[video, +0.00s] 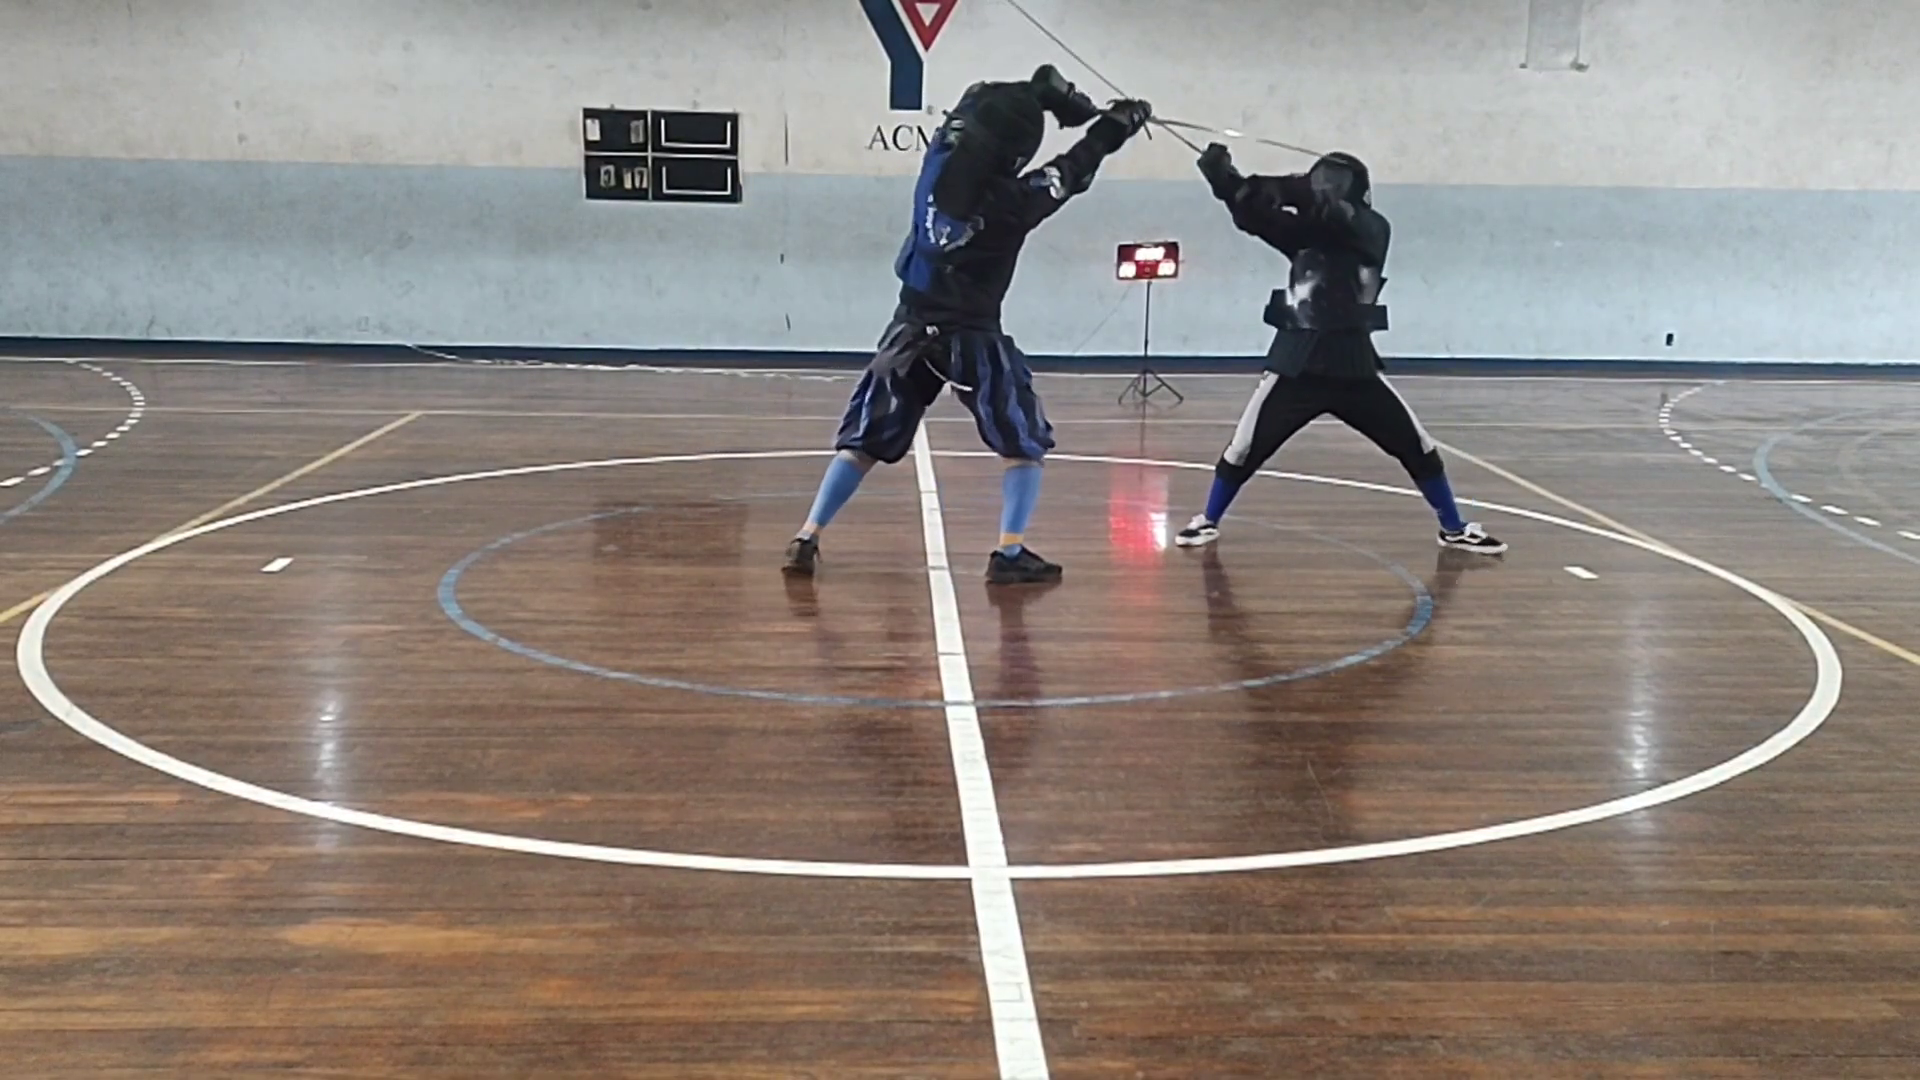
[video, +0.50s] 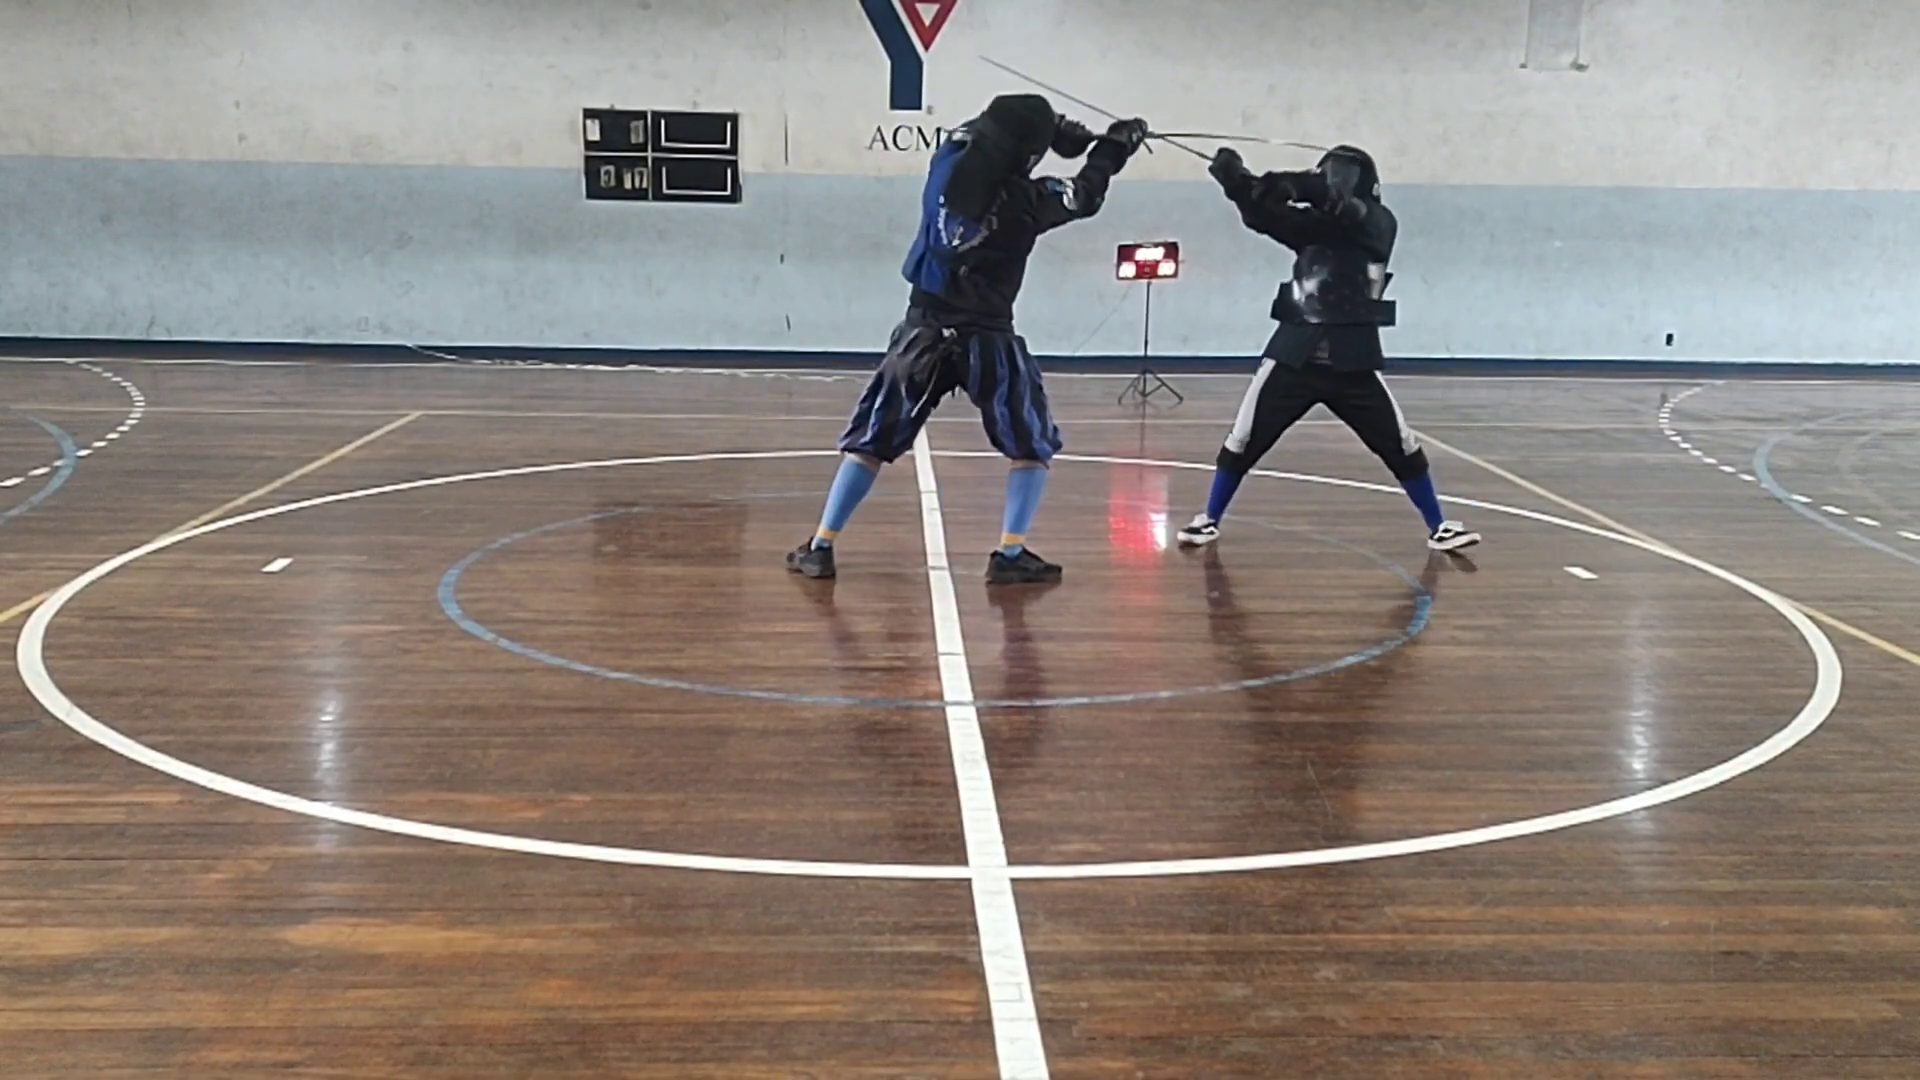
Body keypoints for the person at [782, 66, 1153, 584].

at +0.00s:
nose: (1033, 156)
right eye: (1030, 148)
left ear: (974, 128)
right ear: (1016, 151)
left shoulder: (937, 162)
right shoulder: (1014, 202)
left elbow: (981, 100)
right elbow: (1074, 169)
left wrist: (1045, 94)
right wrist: (1113, 126)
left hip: (910, 328)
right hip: (975, 336)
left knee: (869, 434)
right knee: (1025, 441)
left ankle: (806, 537)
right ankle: (1009, 552)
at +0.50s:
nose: (1041, 155)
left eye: (1042, 145)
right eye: (1038, 146)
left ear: (989, 129)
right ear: (1027, 149)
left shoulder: (946, 160)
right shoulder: (1027, 199)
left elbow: (1000, 122)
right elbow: (1084, 196)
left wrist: (1070, 136)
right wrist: (1114, 145)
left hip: (922, 328)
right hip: (989, 337)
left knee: (874, 434)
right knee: (1032, 441)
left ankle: (820, 546)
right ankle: (1010, 553)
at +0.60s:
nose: (1039, 148)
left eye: (1038, 141)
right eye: (1038, 141)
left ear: (983, 126)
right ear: (1028, 144)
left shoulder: (940, 162)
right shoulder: (1026, 194)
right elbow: (1072, 244)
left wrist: (1032, 184)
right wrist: (1081, 195)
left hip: (919, 330)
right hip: (985, 337)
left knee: (873, 434)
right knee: (1030, 441)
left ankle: (820, 545)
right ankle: (1011, 550)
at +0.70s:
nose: (1033, 159)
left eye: (1034, 148)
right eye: (1034, 149)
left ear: (977, 129)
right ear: (1026, 151)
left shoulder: (927, 170)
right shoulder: (1026, 208)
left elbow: (900, 239)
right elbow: (1040, 288)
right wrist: (1038, 236)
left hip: (918, 332)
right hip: (987, 339)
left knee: (873, 434)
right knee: (1031, 440)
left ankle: (819, 546)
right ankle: (1011, 551)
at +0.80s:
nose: (1026, 158)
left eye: (1027, 148)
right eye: (1026, 148)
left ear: (967, 133)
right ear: (1018, 152)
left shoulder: (914, 184)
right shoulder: (1022, 218)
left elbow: (887, 258)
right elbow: (1016, 306)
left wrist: (908, 304)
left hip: (911, 337)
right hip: (981, 343)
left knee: (864, 434)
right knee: (1030, 440)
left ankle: (819, 546)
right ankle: (1011, 552)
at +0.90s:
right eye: (999, 148)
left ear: (941, 136)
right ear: (995, 151)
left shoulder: (893, 195)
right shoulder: (1008, 220)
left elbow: (869, 273)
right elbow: (1006, 307)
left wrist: (882, 326)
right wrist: (957, 317)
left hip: (899, 338)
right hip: (972, 344)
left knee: (851, 432)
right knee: (1024, 440)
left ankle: (807, 539)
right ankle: (1011, 551)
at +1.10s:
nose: (934, 146)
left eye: (931, 137)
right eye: (932, 138)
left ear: (870, 138)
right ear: (925, 144)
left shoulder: (830, 199)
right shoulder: (941, 207)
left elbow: (815, 282)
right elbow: (955, 300)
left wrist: (845, 320)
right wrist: (906, 303)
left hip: (850, 340)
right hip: (918, 341)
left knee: (835, 442)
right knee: (983, 437)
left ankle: (782, 534)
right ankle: (1009, 549)